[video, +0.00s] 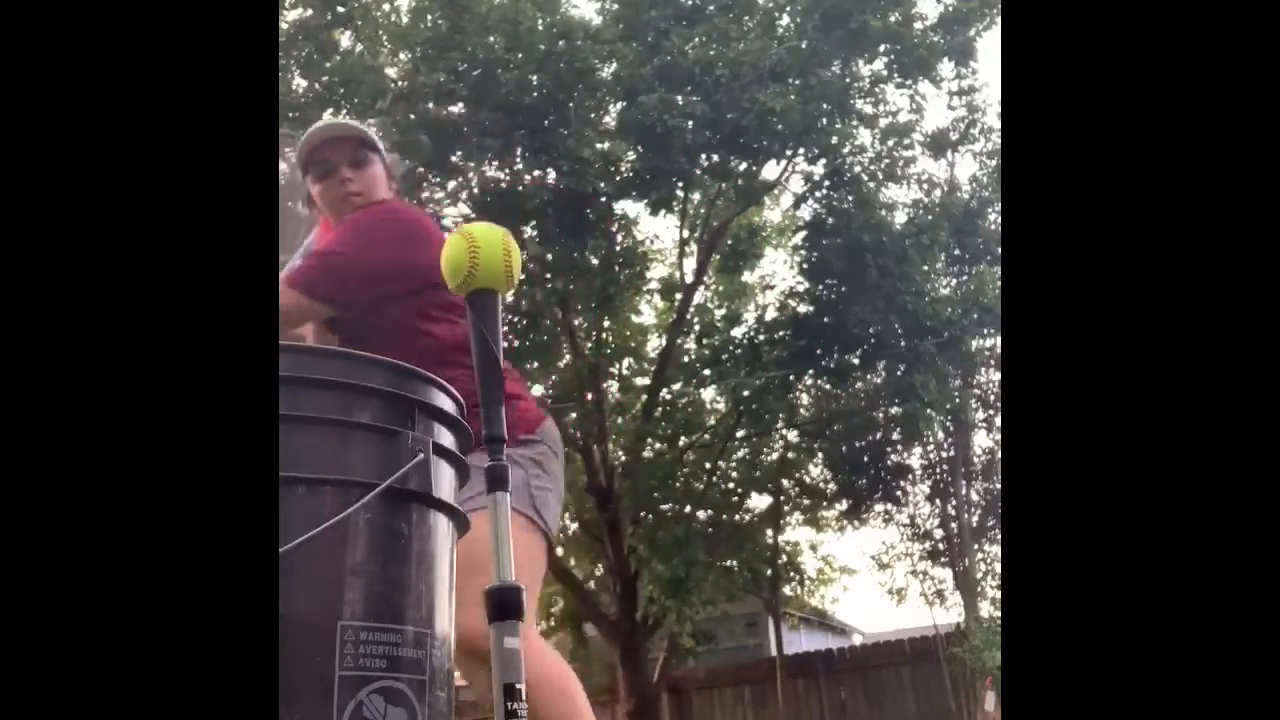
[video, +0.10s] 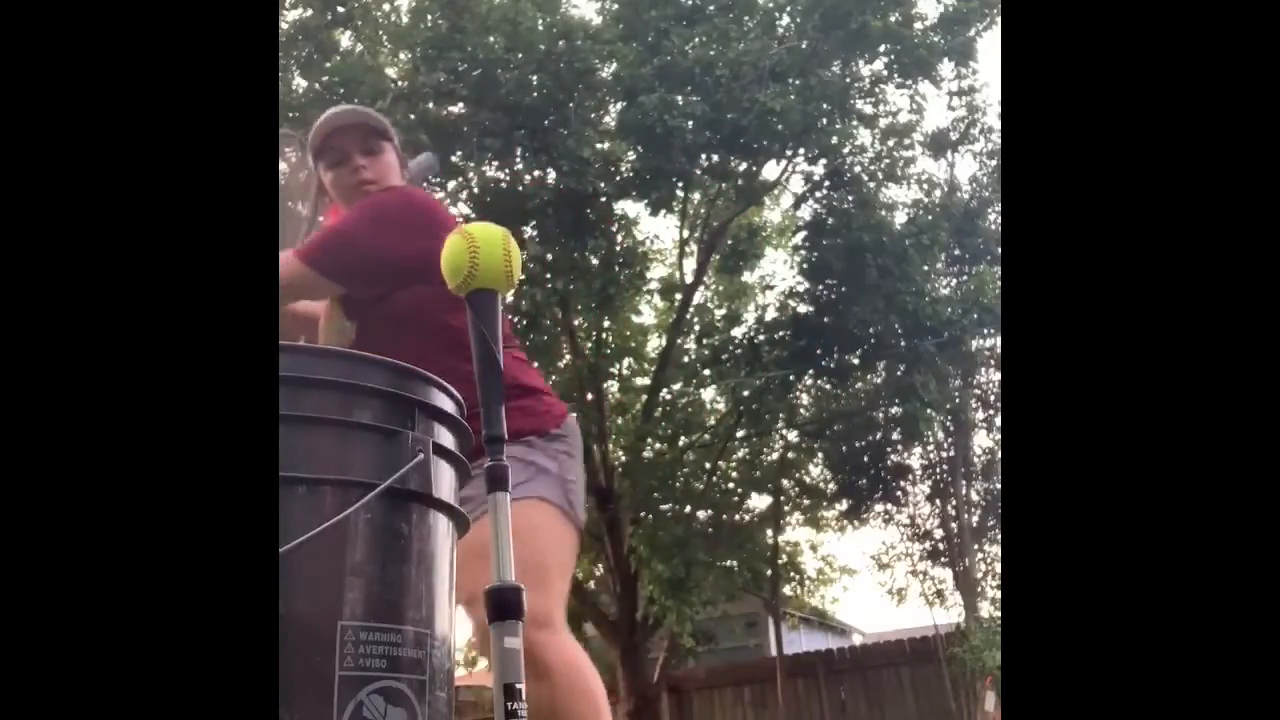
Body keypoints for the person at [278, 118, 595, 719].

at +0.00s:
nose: (346, 177)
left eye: (360, 160)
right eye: (325, 170)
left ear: (387, 172)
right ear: (312, 197)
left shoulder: (390, 224)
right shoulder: (327, 245)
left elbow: (283, 307)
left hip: (503, 435)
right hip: (428, 445)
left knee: (481, 622)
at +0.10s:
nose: (358, 166)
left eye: (372, 148)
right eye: (338, 159)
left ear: (397, 157)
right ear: (323, 184)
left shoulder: (402, 209)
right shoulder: (355, 244)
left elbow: (287, 274)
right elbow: (327, 343)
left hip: (521, 433)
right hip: (452, 447)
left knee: (525, 621)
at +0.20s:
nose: (380, 153)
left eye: (393, 136)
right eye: (358, 146)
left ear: (419, 147)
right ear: (341, 175)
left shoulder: (440, 192)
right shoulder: (369, 250)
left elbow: (291, 246)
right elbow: (342, 329)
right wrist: (281, 300)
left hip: (540, 443)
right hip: (444, 459)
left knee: (565, 626)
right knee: (399, 622)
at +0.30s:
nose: (408, 157)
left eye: (420, 139)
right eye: (386, 151)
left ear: (447, 144)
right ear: (369, 174)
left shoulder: (504, 187)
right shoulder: (368, 237)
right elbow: (342, 350)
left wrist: (292, 256)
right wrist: (286, 307)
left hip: (542, 468)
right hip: (431, 475)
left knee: (579, 627)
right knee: (395, 636)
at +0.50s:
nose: (465, 160)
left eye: (467, 148)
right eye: (446, 148)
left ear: (472, 152)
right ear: (396, 161)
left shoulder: (474, 218)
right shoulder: (408, 224)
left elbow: (550, 221)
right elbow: (538, 217)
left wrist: (635, 192)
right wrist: (644, 188)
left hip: (563, 458)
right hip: (488, 461)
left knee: (578, 644)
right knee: (445, 659)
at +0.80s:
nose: (510, 130)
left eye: (510, 118)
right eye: (487, 120)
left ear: (515, 123)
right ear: (441, 139)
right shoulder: (474, 183)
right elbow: (598, 167)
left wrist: (534, 168)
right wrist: (533, 163)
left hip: (573, 465)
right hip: (494, 470)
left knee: (577, 645)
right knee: (438, 658)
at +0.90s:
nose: (510, 132)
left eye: (510, 119)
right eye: (488, 120)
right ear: (447, 134)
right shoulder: (486, 180)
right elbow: (615, 178)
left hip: (571, 466)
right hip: (489, 470)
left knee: (578, 644)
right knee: (443, 661)